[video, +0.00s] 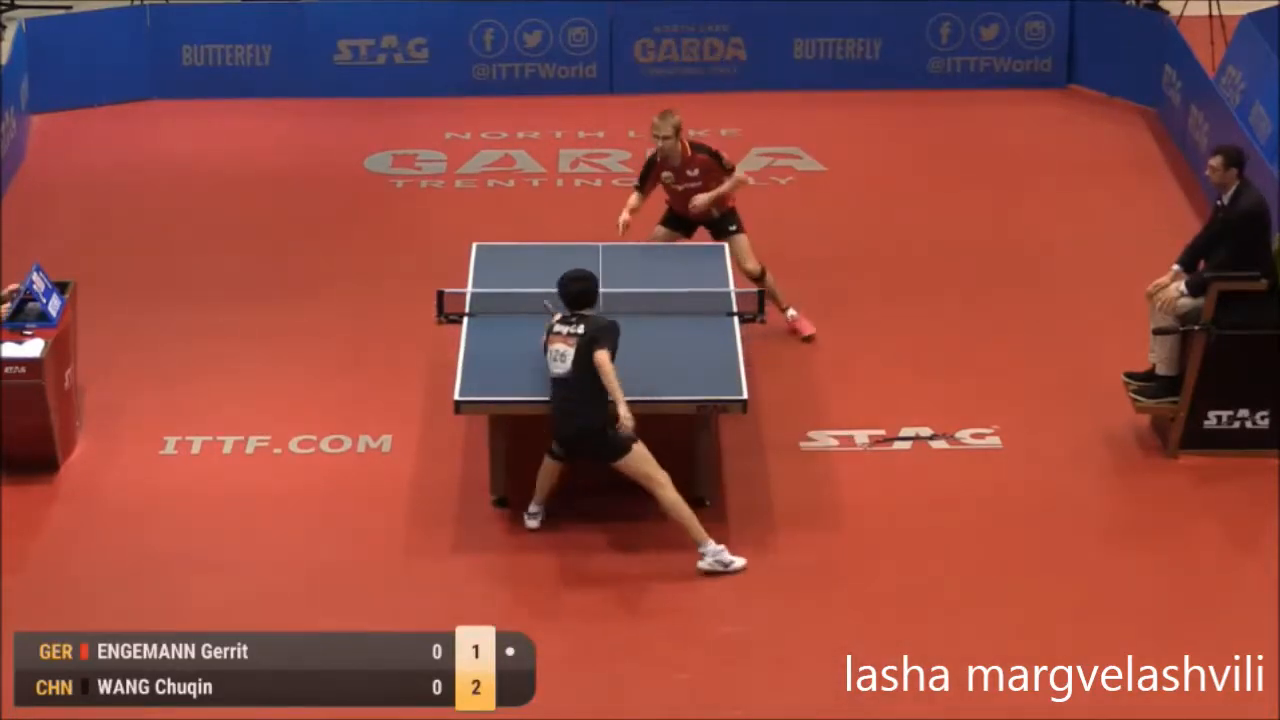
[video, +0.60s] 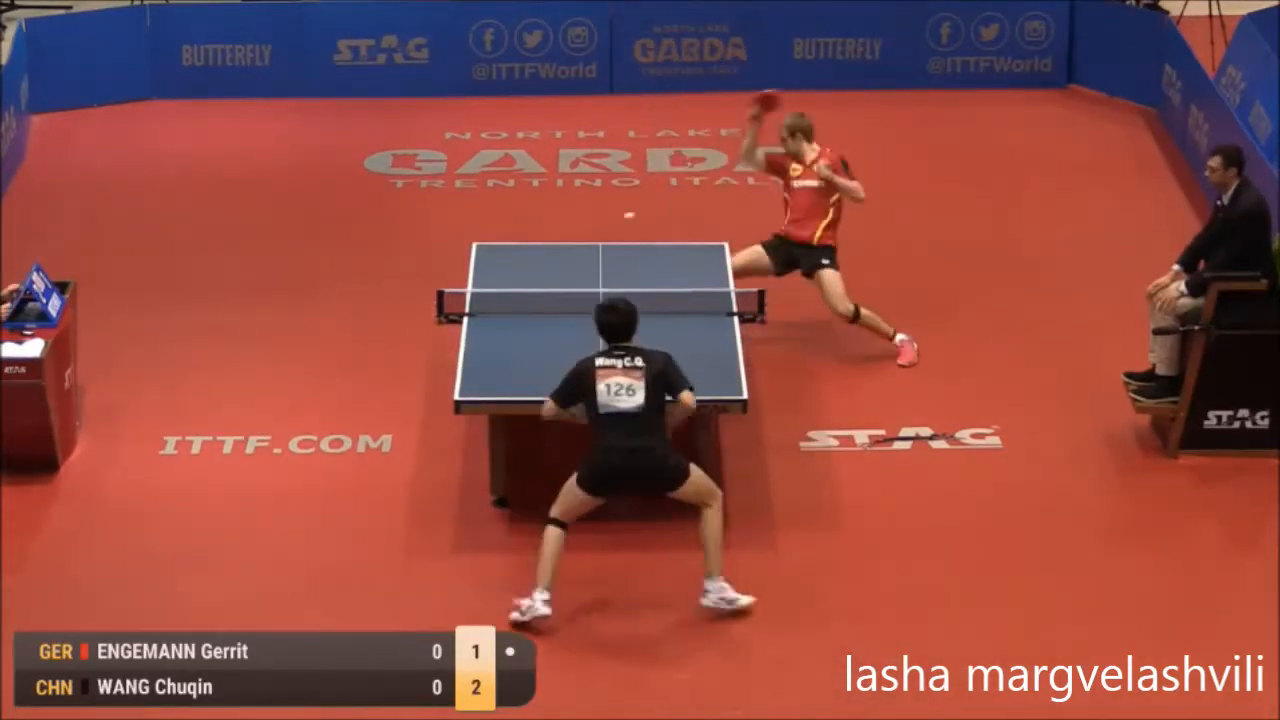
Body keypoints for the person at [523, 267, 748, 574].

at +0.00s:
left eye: (568, 296)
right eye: (593, 292)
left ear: (563, 300)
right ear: (596, 296)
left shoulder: (555, 326)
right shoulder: (603, 326)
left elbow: (548, 347)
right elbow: (601, 359)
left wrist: (557, 324)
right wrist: (621, 404)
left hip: (565, 424)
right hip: (600, 424)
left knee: (555, 454)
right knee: (659, 482)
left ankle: (534, 510)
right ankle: (708, 548)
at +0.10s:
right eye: (598, 279)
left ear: (569, 288)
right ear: (600, 284)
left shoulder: (559, 316)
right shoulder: (610, 315)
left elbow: (541, 348)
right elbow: (604, 353)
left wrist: (563, 331)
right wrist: (615, 402)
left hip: (562, 413)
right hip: (600, 413)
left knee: (543, 465)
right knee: (659, 474)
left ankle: (528, 510)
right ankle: (690, 554)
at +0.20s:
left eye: (582, 288)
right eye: (606, 287)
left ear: (575, 293)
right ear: (609, 292)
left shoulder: (559, 323)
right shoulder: (618, 327)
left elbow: (530, 358)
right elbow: (618, 377)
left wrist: (550, 328)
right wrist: (631, 428)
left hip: (563, 424)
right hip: (605, 427)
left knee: (539, 469)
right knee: (657, 486)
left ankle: (513, 538)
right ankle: (658, 569)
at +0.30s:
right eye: (608, 306)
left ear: (579, 310)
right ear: (613, 311)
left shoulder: (559, 342)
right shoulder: (625, 350)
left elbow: (525, 373)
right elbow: (631, 400)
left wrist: (538, 343)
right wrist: (646, 443)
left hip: (562, 445)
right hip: (607, 449)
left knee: (537, 489)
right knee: (660, 498)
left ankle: (505, 553)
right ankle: (657, 580)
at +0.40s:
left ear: (589, 323)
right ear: (622, 321)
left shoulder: (574, 358)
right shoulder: (641, 356)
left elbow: (530, 385)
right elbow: (669, 400)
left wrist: (544, 360)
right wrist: (656, 423)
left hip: (578, 455)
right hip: (625, 457)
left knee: (539, 496)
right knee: (678, 499)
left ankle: (504, 554)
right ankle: (660, 580)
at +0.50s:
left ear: (594, 320)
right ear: (627, 318)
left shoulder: (581, 355)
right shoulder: (650, 351)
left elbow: (537, 388)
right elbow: (681, 388)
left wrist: (568, 382)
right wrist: (663, 413)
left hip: (592, 453)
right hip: (639, 453)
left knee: (547, 506)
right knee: (693, 498)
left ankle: (506, 564)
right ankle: (665, 579)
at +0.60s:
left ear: (600, 331)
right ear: (634, 328)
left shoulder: (588, 366)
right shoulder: (659, 361)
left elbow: (549, 411)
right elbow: (688, 402)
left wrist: (584, 415)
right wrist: (665, 424)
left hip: (606, 464)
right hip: (656, 462)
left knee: (558, 518)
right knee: (712, 498)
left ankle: (540, 598)